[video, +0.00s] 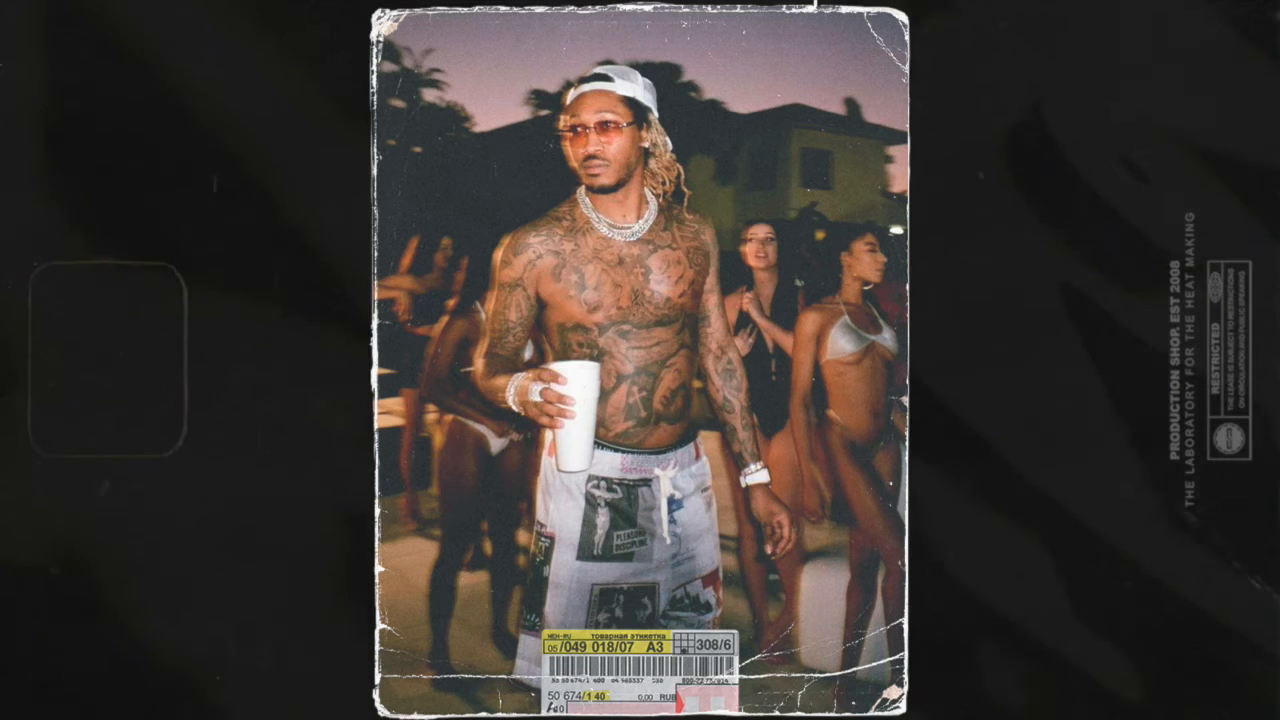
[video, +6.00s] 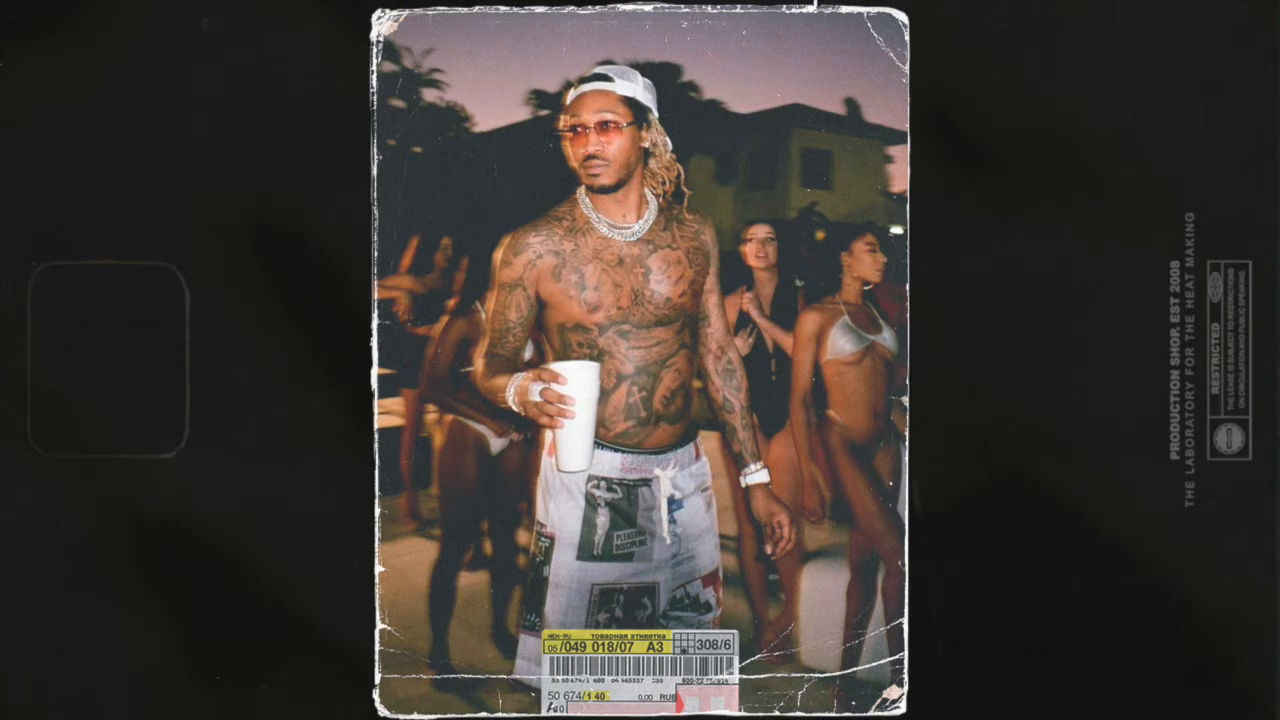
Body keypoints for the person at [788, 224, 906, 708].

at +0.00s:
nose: (882, 259)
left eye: (882, 251)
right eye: (871, 251)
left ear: (875, 262)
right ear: (843, 259)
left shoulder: (878, 316)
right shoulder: (818, 317)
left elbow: (886, 392)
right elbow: (798, 405)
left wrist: (901, 433)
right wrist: (813, 479)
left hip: (883, 448)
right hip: (839, 449)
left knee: (864, 563)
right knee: (898, 552)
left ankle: (846, 674)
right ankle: (902, 671)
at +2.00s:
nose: (882, 259)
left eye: (881, 251)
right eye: (871, 251)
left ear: (870, 262)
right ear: (843, 259)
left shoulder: (878, 315)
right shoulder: (818, 317)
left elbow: (887, 391)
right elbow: (799, 403)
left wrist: (902, 432)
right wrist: (812, 478)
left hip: (882, 447)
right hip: (839, 448)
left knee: (863, 563)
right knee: (897, 550)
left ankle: (846, 674)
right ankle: (902, 669)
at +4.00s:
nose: (882, 259)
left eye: (881, 251)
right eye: (871, 251)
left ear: (870, 261)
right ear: (844, 259)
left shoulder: (877, 315)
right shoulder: (818, 317)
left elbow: (885, 394)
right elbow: (798, 403)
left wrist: (901, 444)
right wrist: (813, 478)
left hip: (881, 448)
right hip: (838, 449)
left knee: (864, 562)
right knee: (898, 553)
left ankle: (846, 673)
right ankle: (903, 672)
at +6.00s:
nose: (882, 258)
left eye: (881, 251)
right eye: (871, 251)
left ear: (871, 262)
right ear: (844, 259)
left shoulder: (877, 315)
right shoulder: (818, 317)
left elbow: (887, 390)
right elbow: (799, 403)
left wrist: (900, 434)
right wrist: (812, 478)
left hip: (882, 447)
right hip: (838, 448)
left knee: (863, 563)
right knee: (898, 551)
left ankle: (847, 673)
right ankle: (903, 669)